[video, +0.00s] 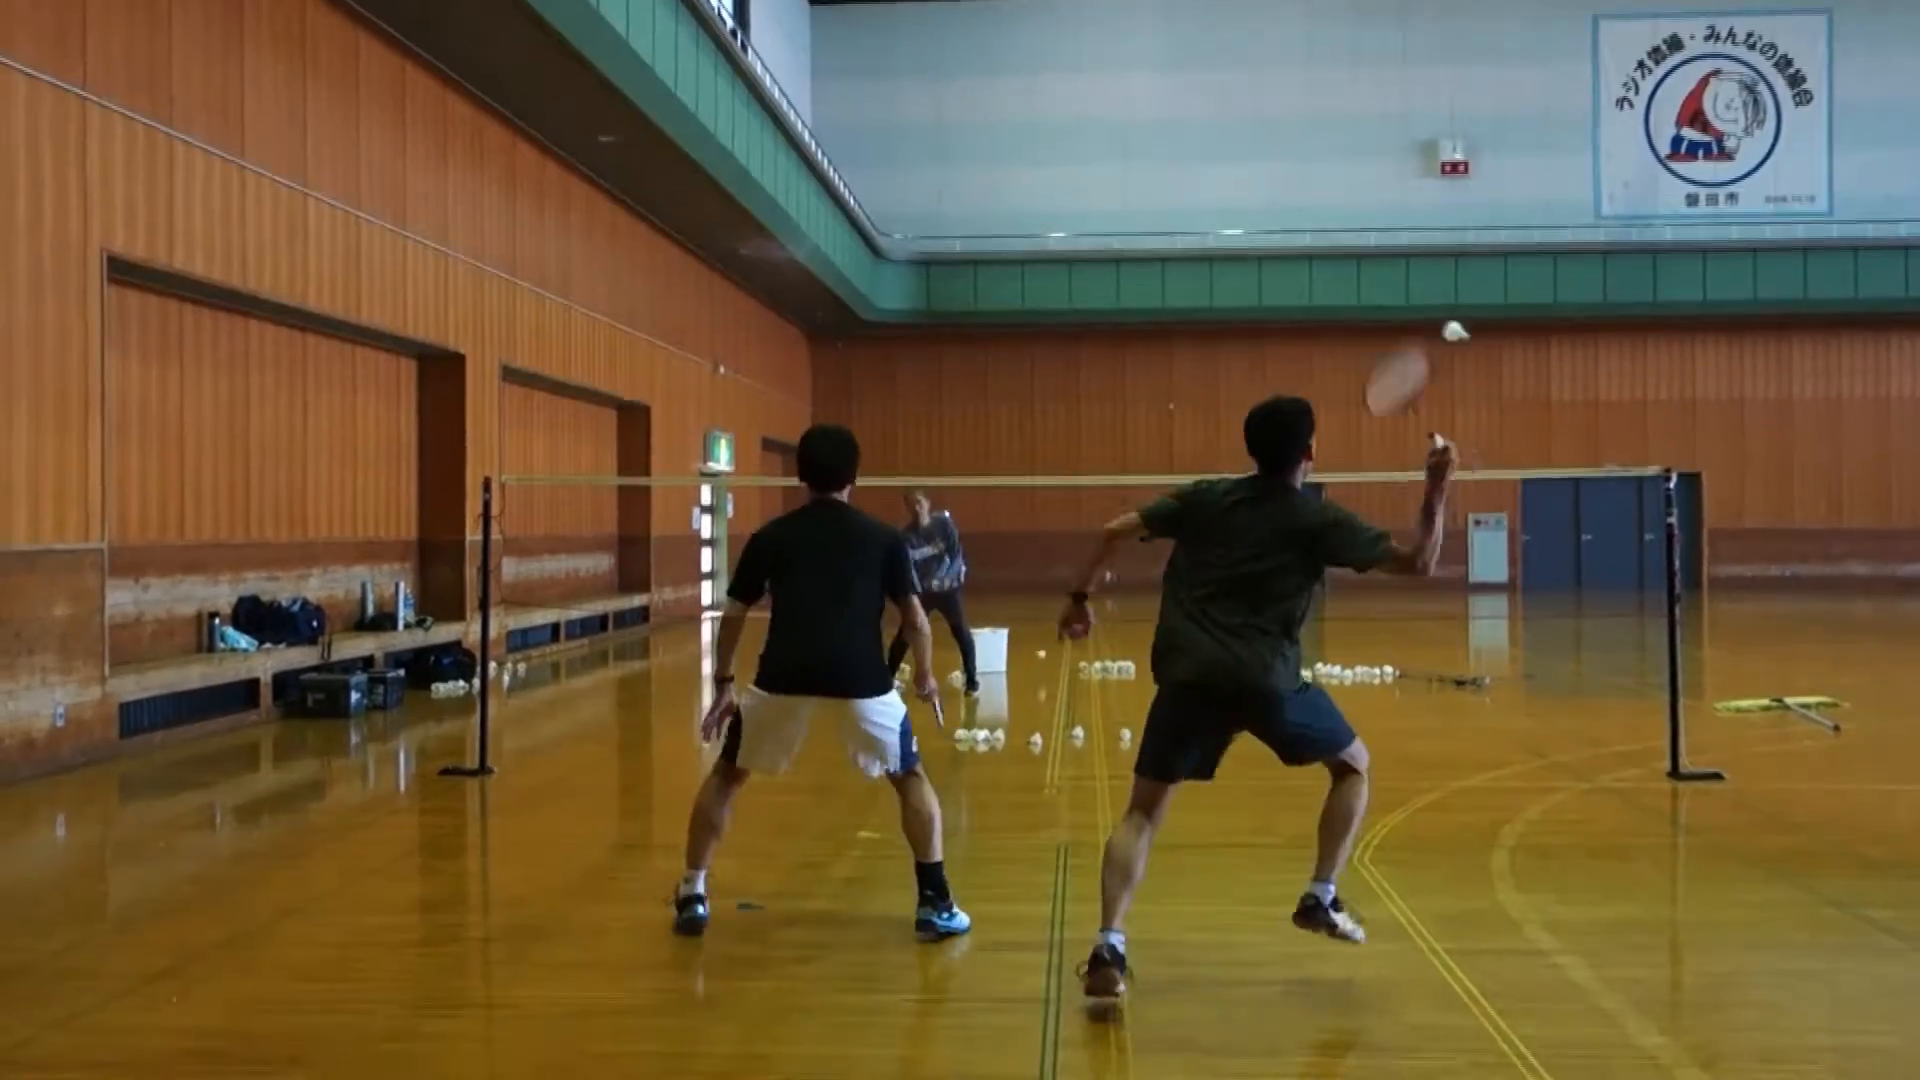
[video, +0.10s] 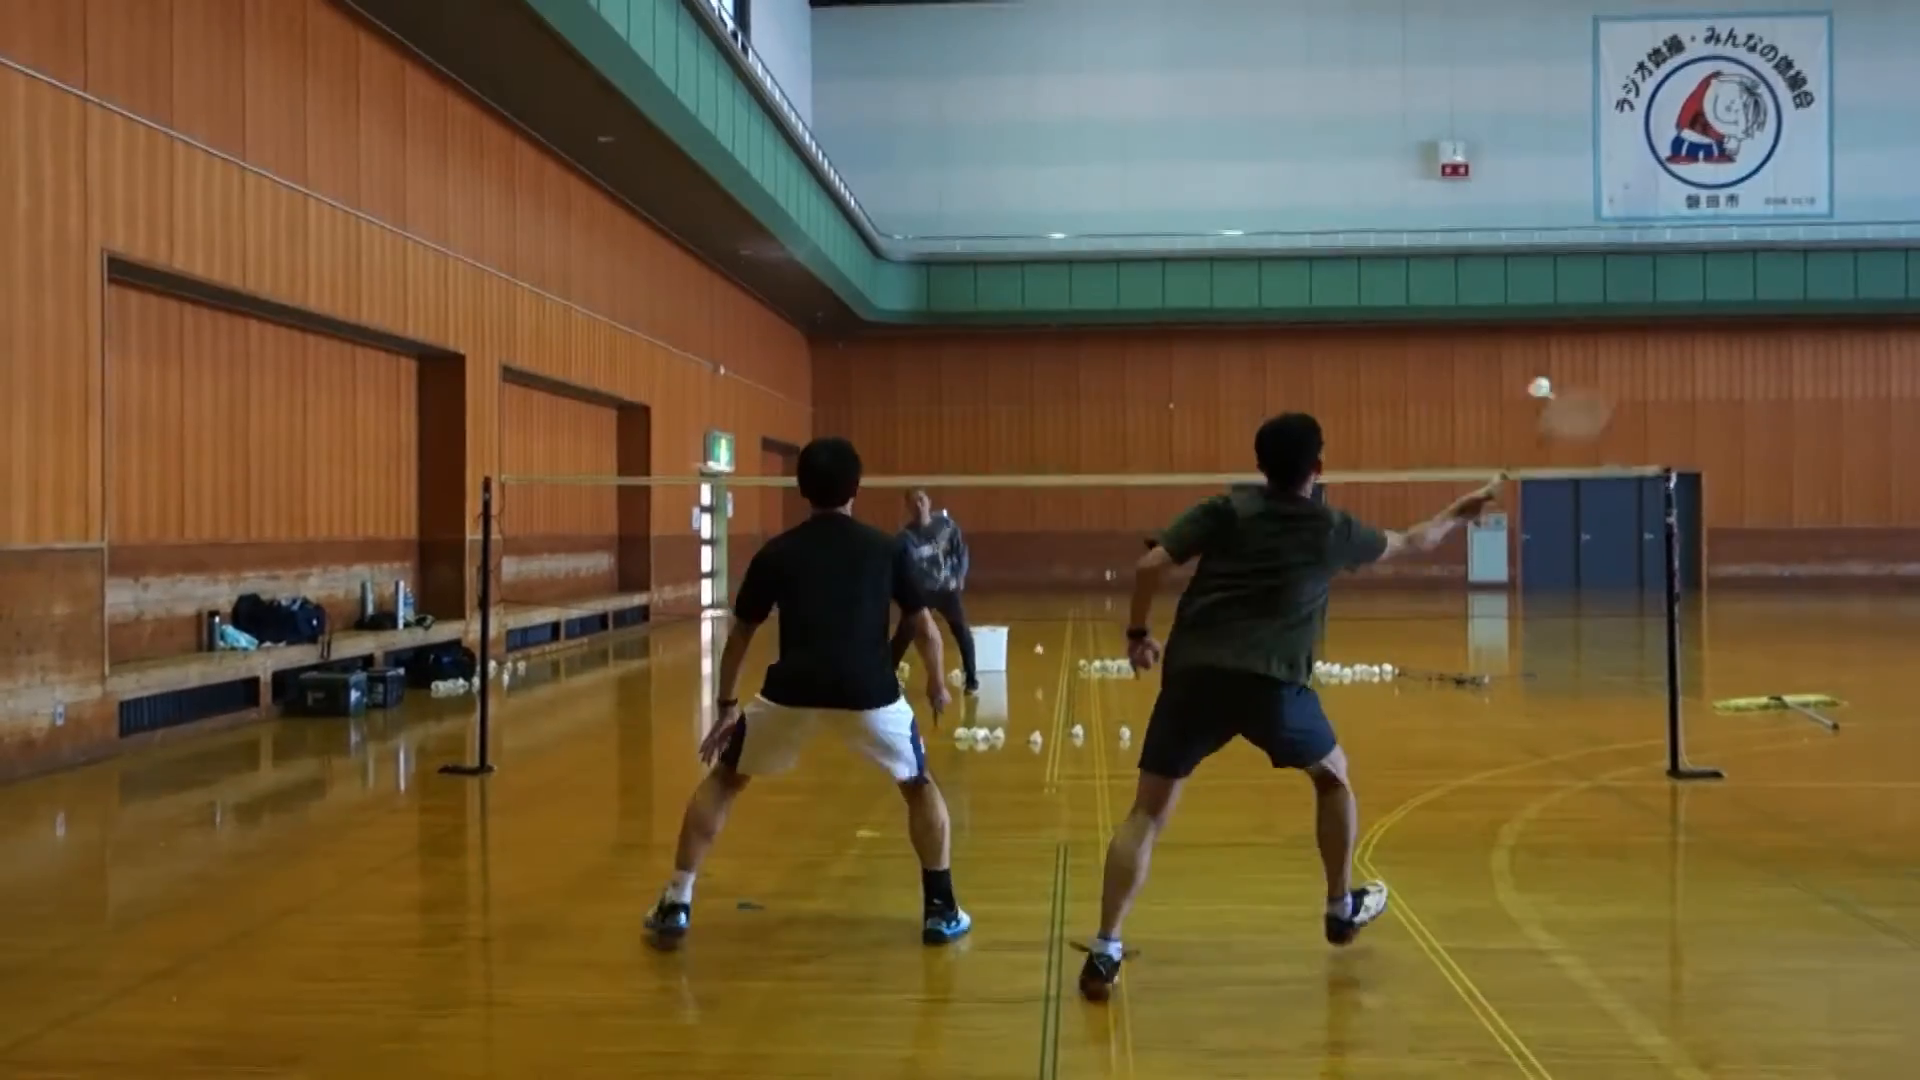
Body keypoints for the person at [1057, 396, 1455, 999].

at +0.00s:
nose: (1315, 452)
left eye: (1309, 442)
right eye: (1313, 444)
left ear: (1251, 451)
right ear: (1306, 454)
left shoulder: (1206, 499)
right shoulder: (1314, 518)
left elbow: (1116, 531)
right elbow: (1418, 560)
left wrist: (1079, 595)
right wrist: (1437, 484)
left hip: (1185, 678)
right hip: (1265, 679)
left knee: (1140, 811)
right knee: (1352, 766)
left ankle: (1108, 943)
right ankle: (1323, 895)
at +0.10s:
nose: (1322, 466)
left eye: (1316, 458)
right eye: (1321, 459)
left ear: (1261, 465)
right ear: (1316, 468)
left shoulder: (1222, 511)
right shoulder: (1329, 529)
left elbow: (1149, 567)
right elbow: (1410, 543)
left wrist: (1137, 632)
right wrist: (1458, 512)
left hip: (1193, 675)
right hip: (1271, 682)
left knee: (1145, 813)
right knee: (1332, 776)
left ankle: (1105, 948)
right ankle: (1342, 905)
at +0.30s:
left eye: (1243, 513)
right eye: (1293, 517)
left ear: (1242, 521)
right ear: (1296, 525)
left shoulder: (1216, 577)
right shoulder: (1321, 590)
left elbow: (1171, 640)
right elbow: (1365, 670)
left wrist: (1163, 696)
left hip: (1229, 723)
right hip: (1300, 729)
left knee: (1161, 827)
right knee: (1323, 832)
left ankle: (1163, 935)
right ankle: (1354, 950)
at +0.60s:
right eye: (1281, 507)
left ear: (1232, 515)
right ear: (1282, 514)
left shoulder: (1210, 570)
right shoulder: (1302, 572)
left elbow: (1181, 604)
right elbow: (1387, 608)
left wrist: (1225, 562)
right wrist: (1400, 564)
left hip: (1216, 724)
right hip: (1285, 724)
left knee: (1181, 832)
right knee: (1333, 811)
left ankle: (1156, 940)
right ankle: (1349, 922)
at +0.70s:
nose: (1288, 499)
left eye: (1260, 495)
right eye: (1291, 492)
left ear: (1247, 503)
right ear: (1296, 500)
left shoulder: (1221, 562)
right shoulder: (1322, 553)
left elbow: (1168, 610)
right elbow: (1411, 546)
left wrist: (1214, 555)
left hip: (1239, 709)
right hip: (1307, 710)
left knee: (1189, 807)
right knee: (1352, 789)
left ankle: (1160, 904)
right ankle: (1370, 894)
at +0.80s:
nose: (1296, 509)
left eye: (1271, 508)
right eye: (1297, 503)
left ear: (1257, 520)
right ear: (1303, 511)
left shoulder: (1241, 580)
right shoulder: (1332, 547)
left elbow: (1213, 655)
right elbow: (1385, 505)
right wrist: (1406, 447)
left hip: (1257, 708)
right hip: (1322, 703)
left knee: (1197, 808)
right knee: (1365, 785)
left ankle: (1143, 915)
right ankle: (1398, 892)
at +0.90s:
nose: (1298, 531)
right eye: (1299, 523)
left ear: (1258, 538)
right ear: (1303, 530)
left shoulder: (1245, 604)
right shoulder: (1335, 571)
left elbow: (1244, 682)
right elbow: (1387, 561)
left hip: (1271, 730)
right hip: (1335, 724)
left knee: (1209, 817)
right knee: (1387, 798)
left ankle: (1157, 912)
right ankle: (1419, 899)